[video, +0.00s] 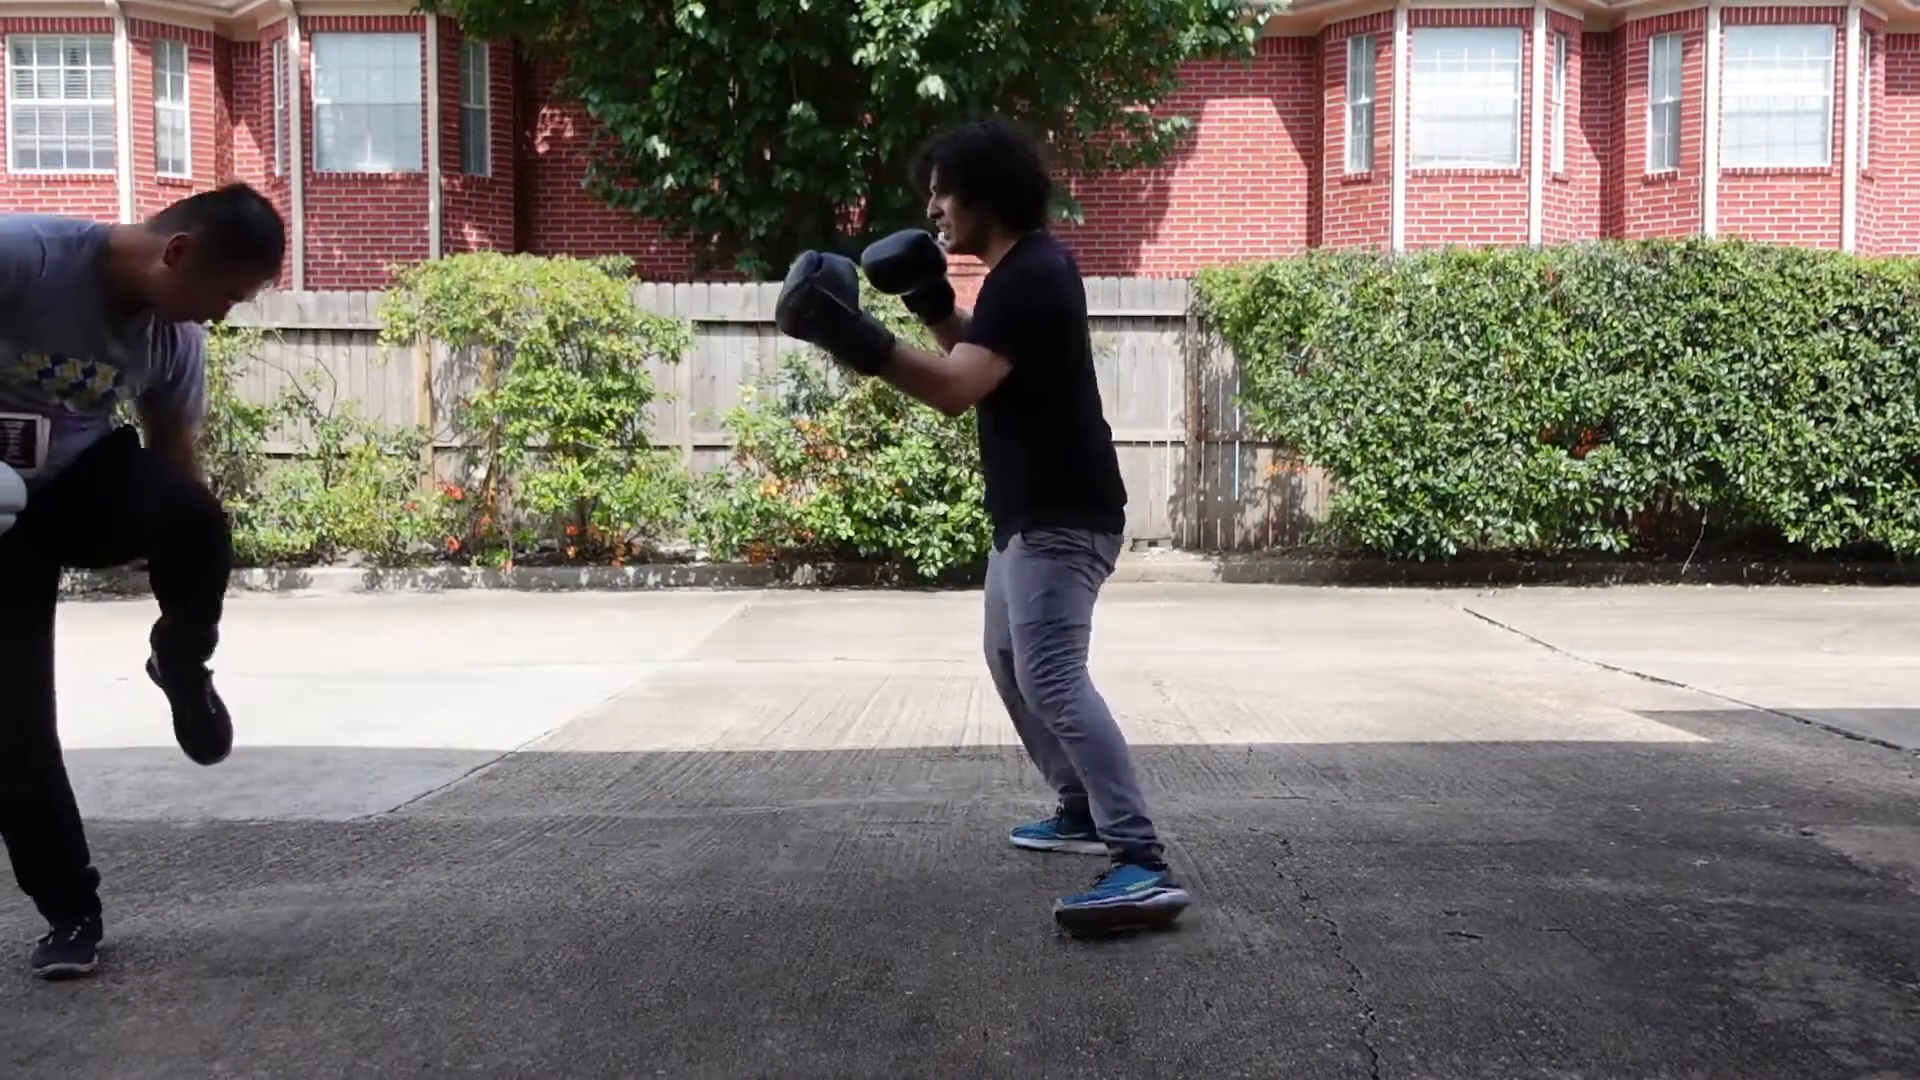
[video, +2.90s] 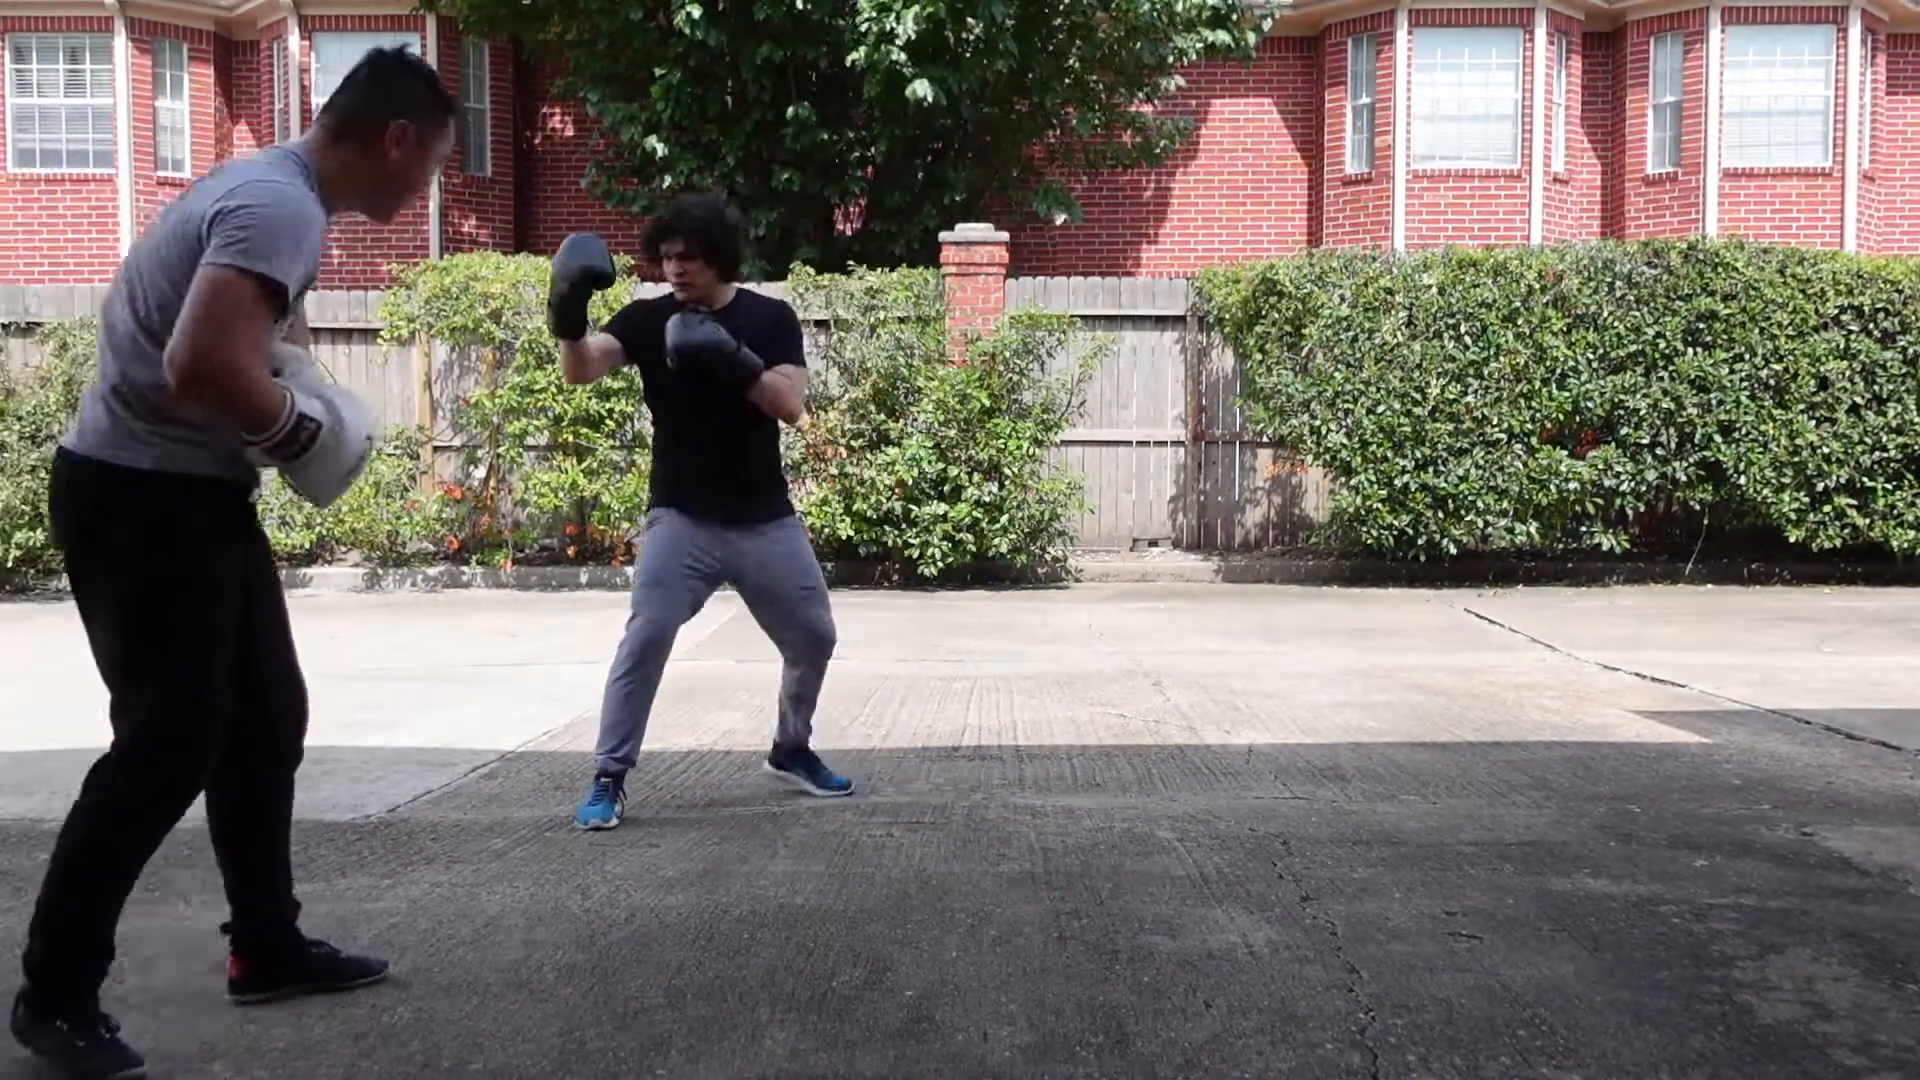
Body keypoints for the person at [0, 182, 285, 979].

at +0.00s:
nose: (224, 313)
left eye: (236, 301)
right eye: (226, 294)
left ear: (179, 254)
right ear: (179, 252)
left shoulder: (174, 345)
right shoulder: (24, 257)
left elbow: (180, 477)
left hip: (84, 485)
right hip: (4, 507)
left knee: (196, 518)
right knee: (16, 730)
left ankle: (182, 659)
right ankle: (70, 915)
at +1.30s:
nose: (164, 371)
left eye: (181, 362)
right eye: (157, 355)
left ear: (209, 341)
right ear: (119, 296)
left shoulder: (203, 348)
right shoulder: (18, 292)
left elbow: (199, 456)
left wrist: (194, 571)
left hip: (100, 471)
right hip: (9, 488)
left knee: (219, 533)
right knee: (9, 709)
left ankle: (219, 756)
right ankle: (43, 908)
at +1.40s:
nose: (156, 341)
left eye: (171, 333)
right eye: (150, 325)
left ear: (202, 307)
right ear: (117, 264)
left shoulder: (199, 294)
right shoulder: (16, 269)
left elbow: (215, 399)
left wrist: (252, 512)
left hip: (128, 497)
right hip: (18, 510)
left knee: (213, 658)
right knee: (13, 709)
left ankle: (207, 873)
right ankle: (45, 910)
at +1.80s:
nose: (232, 220)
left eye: (250, 205)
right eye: (221, 201)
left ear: (269, 186)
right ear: (172, 146)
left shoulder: (265, 214)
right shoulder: (57, 204)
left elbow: (330, 348)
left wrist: (217, 377)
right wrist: (30, 428)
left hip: (190, 501)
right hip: (59, 503)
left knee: (206, 714)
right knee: (55, 718)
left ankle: (174, 922)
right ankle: (18, 945)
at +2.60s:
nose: (351, 209)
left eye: (363, 191)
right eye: (352, 183)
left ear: (293, 145)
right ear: (290, 140)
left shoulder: (249, 215)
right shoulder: (144, 203)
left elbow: (257, 323)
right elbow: (21, 332)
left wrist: (245, 405)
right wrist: (131, 431)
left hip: (126, 479)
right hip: (36, 476)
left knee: (173, 709)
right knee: (63, 732)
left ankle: (164, 937)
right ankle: (40, 1011)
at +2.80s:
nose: (412, 188)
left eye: (421, 164)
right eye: (413, 161)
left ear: (351, 139)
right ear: (362, 142)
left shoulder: (277, 215)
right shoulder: (233, 207)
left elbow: (232, 339)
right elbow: (115, 353)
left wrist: (270, 412)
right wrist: (216, 429)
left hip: (157, 490)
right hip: (88, 489)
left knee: (214, 727)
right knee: (112, 739)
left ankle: (261, 949)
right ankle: (46, 1017)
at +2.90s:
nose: (427, 184)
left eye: (436, 162)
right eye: (431, 159)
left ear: (363, 127)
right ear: (390, 136)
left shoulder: (279, 196)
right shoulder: (275, 205)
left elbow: (240, 339)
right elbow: (200, 365)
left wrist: (303, 402)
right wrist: (294, 431)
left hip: (201, 489)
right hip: (138, 492)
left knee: (265, 719)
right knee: (168, 742)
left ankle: (266, 946)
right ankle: (52, 1000)